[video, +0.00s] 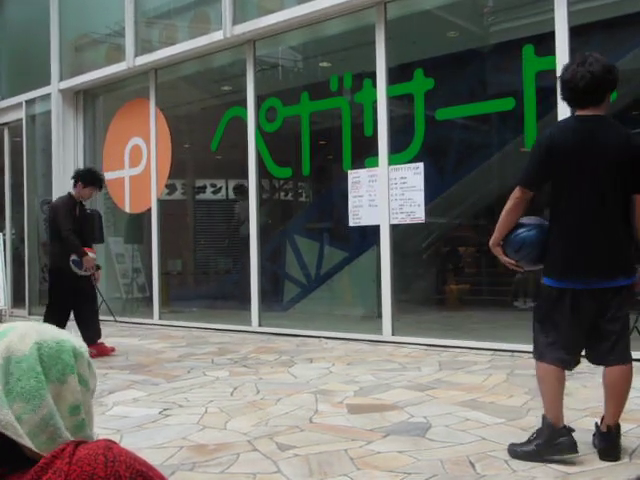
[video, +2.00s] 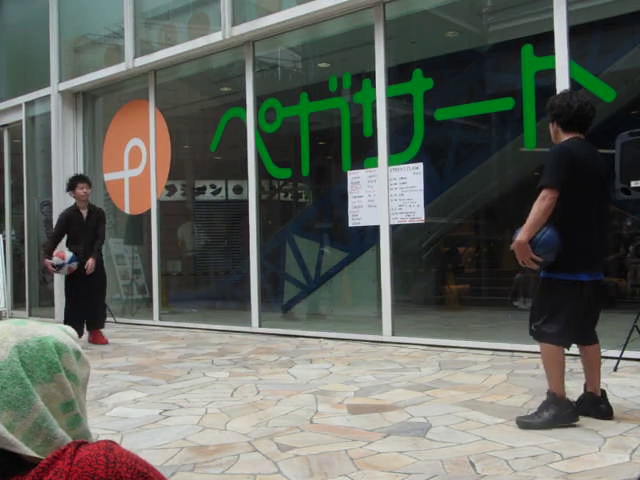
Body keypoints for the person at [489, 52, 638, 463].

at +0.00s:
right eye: (611, 89)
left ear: (568, 94)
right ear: (611, 94)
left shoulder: (555, 139)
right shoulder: (627, 139)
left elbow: (521, 195)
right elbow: (635, 204)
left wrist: (496, 240)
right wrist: (633, 250)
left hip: (566, 266)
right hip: (617, 263)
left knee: (550, 344)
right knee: (617, 347)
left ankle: (553, 431)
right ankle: (610, 433)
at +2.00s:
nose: (549, 128)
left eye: (549, 123)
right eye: (550, 122)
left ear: (555, 125)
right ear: (585, 124)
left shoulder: (561, 154)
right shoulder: (598, 158)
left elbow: (549, 197)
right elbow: (596, 209)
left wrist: (522, 237)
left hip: (563, 263)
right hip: (591, 263)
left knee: (548, 327)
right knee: (585, 328)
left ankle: (557, 402)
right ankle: (594, 397)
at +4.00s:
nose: (577, 115)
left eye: (580, 107)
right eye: (578, 107)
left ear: (594, 109)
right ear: (602, 110)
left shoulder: (617, 144)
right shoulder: (608, 145)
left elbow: (628, 194)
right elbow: (616, 198)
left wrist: (629, 242)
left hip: (609, 256)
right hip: (605, 255)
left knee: (595, 330)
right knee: (594, 330)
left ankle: (584, 403)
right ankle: (584, 402)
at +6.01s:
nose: (447, 129)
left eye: (446, 124)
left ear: (448, 129)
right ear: (482, 123)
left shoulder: (446, 167)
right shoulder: (506, 159)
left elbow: (440, 222)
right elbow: (524, 212)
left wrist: (458, 250)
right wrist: (504, 238)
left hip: (470, 267)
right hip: (508, 263)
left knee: (473, 333)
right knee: (519, 327)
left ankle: (479, 399)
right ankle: (510, 396)